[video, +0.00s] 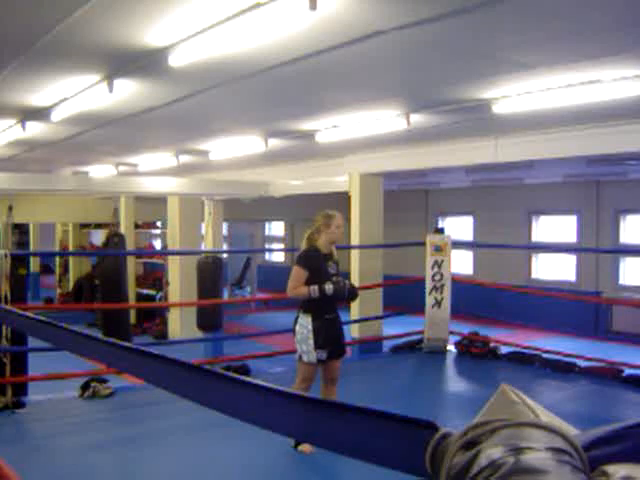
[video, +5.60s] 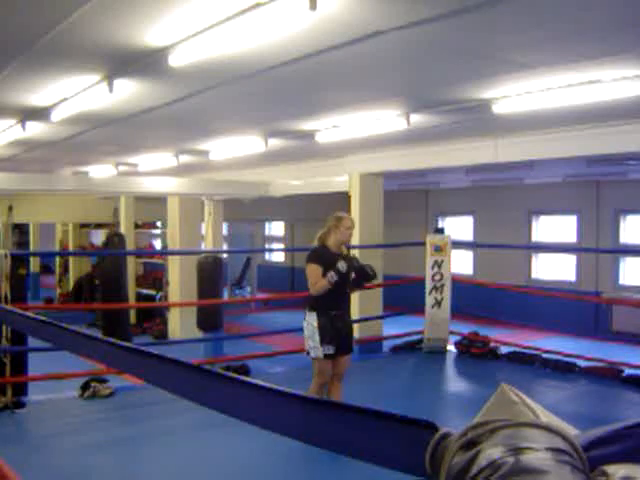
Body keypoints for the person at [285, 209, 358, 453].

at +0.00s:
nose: (341, 233)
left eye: (342, 228)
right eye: (338, 228)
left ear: (334, 230)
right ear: (324, 228)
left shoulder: (332, 258)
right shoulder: (308, 256)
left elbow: (330, 289)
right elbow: (292, 290)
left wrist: (346, 291)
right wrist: (324, 289)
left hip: (331, 317)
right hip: (310, 317)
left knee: (331, 378)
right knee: (305, 379)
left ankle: (329, 429)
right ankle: (300, 433)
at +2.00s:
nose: (346, 233)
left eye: (347, 229)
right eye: (343, 229)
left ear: (336, 230)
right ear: (328, 229)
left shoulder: (334, 257)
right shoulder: (312, 255)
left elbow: (331, 289)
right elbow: (296, 290)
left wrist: (348, 291)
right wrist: (327, 289)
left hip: (334, 317)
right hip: (315, 318)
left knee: (334, 378)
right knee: (308, 379)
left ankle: (329, 429)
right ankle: (299, 431)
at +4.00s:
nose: (347, 233)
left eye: (347, 229)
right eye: (343, 229)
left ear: (338, 230)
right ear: (329, 229)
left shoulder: (335, 258)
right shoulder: (314, 256)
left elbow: (333, 288)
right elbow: (298, 290)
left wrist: (350, 290)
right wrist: (330, 289)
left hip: (335, 318)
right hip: (316, 319)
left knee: (334, 378)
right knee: (309, 380)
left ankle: (330, 429)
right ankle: (298, 431)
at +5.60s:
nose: (351, 233)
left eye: (352, 229)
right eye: (347, 228)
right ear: (335, 228)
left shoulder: (346, 256)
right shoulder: (317, 255)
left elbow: (345, 287)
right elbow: (315, 288)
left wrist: (360, 279)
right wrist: (336, 273)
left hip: (342, 315)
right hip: (320, 315)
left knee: (338, 375)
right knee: (322, 375)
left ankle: (334, 418)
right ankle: (308, 417)